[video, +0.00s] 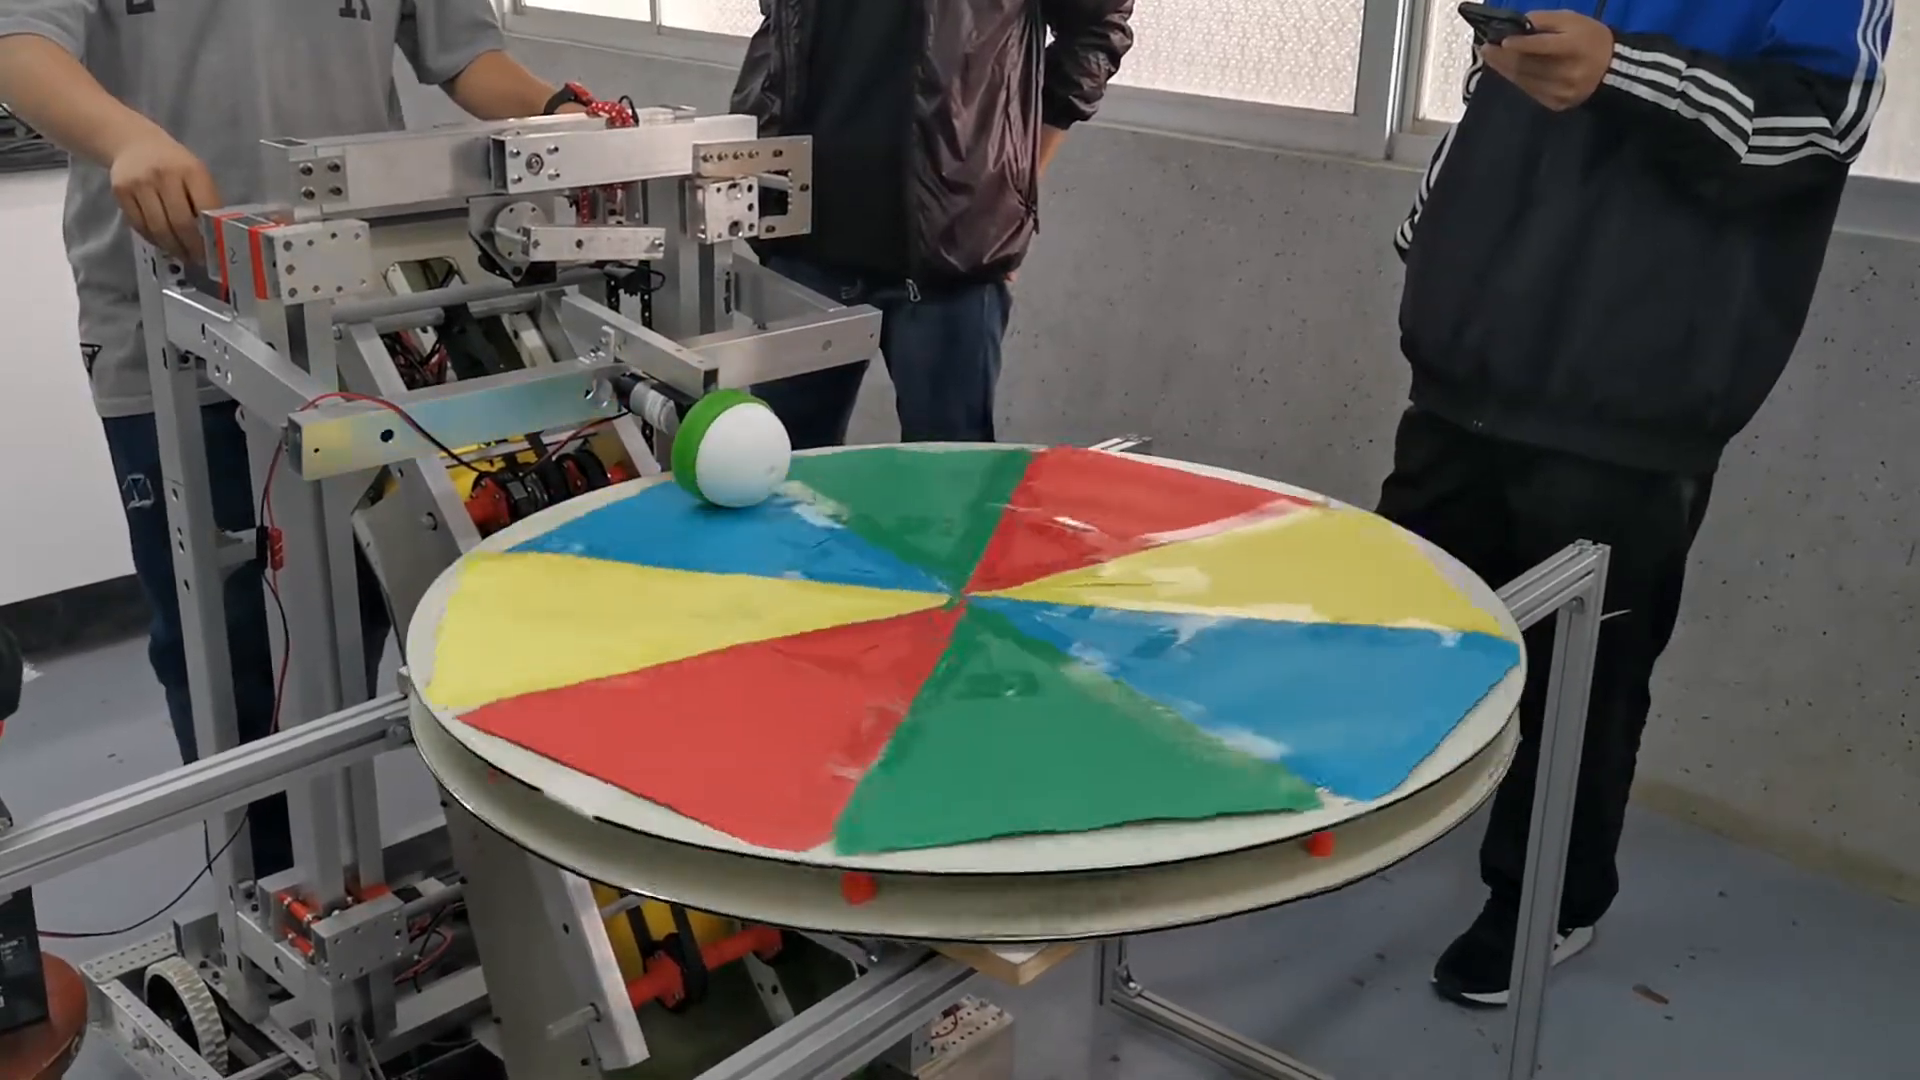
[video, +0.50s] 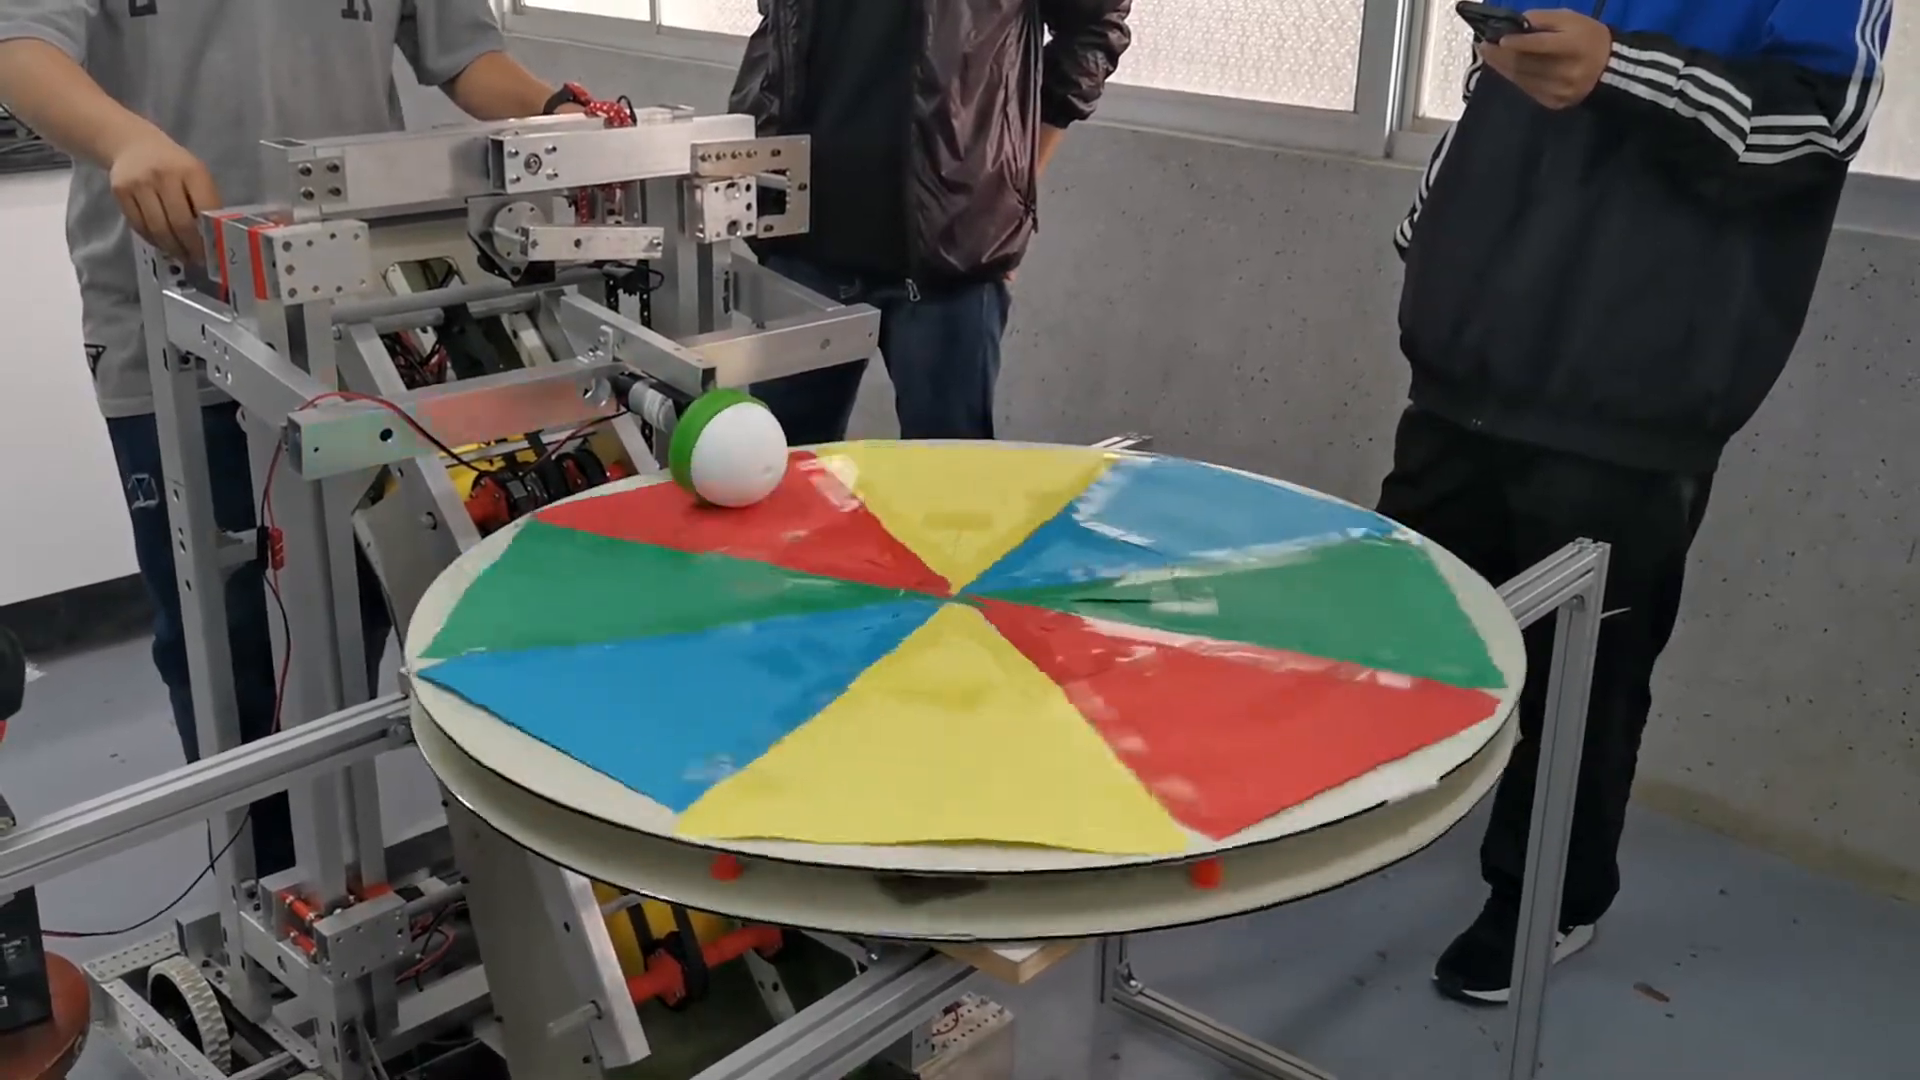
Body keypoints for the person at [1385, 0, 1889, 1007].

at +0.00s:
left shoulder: (1829, 8)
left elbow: (1819, 127)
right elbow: (1500, 86)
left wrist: (1616, 69)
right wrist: (1425, 241)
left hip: (1649, 363)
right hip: (1485, 317)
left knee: (1586, 658)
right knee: (1406, 603)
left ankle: (1547, 897)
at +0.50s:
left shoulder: (1826, 9)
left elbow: (1818, 125)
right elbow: (1501, 77)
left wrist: (1614, 67)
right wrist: (1425, 239)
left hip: (1649, 361)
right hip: (1485, 315)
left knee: (1585, 657)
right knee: (1407, 600)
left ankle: (1547, 897)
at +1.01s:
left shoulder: (1824, 8)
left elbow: (1813, 129)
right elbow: (1503, 68)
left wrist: (1612, 64)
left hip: (1648, 358)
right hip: (1484, 311)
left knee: (1584, 654)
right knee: (1406, 603)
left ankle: (1550, 893)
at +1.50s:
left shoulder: (1821, 8)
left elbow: (1812, 122)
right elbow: (1502, 58)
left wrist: (1611, 60)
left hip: (1647, 353)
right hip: (1482, 306)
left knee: (1585, 650)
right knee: (1409, 598)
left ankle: (1551, 890)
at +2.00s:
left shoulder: (1830, 9)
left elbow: (1821, 120)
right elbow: (1509, 36)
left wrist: (1618, 56)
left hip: (1655, 352)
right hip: (1489, 304)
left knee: (1590, 650)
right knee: (1415, 596)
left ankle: (1555, 891)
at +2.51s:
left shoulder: (1839, 8)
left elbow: (1829, 118)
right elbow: (1514, 67)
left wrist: (1629, 56)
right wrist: (1437, 235)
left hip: (1660, 356)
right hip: (1495, 309)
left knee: (1596, 654)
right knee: (1417, 598)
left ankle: (1557, 891)